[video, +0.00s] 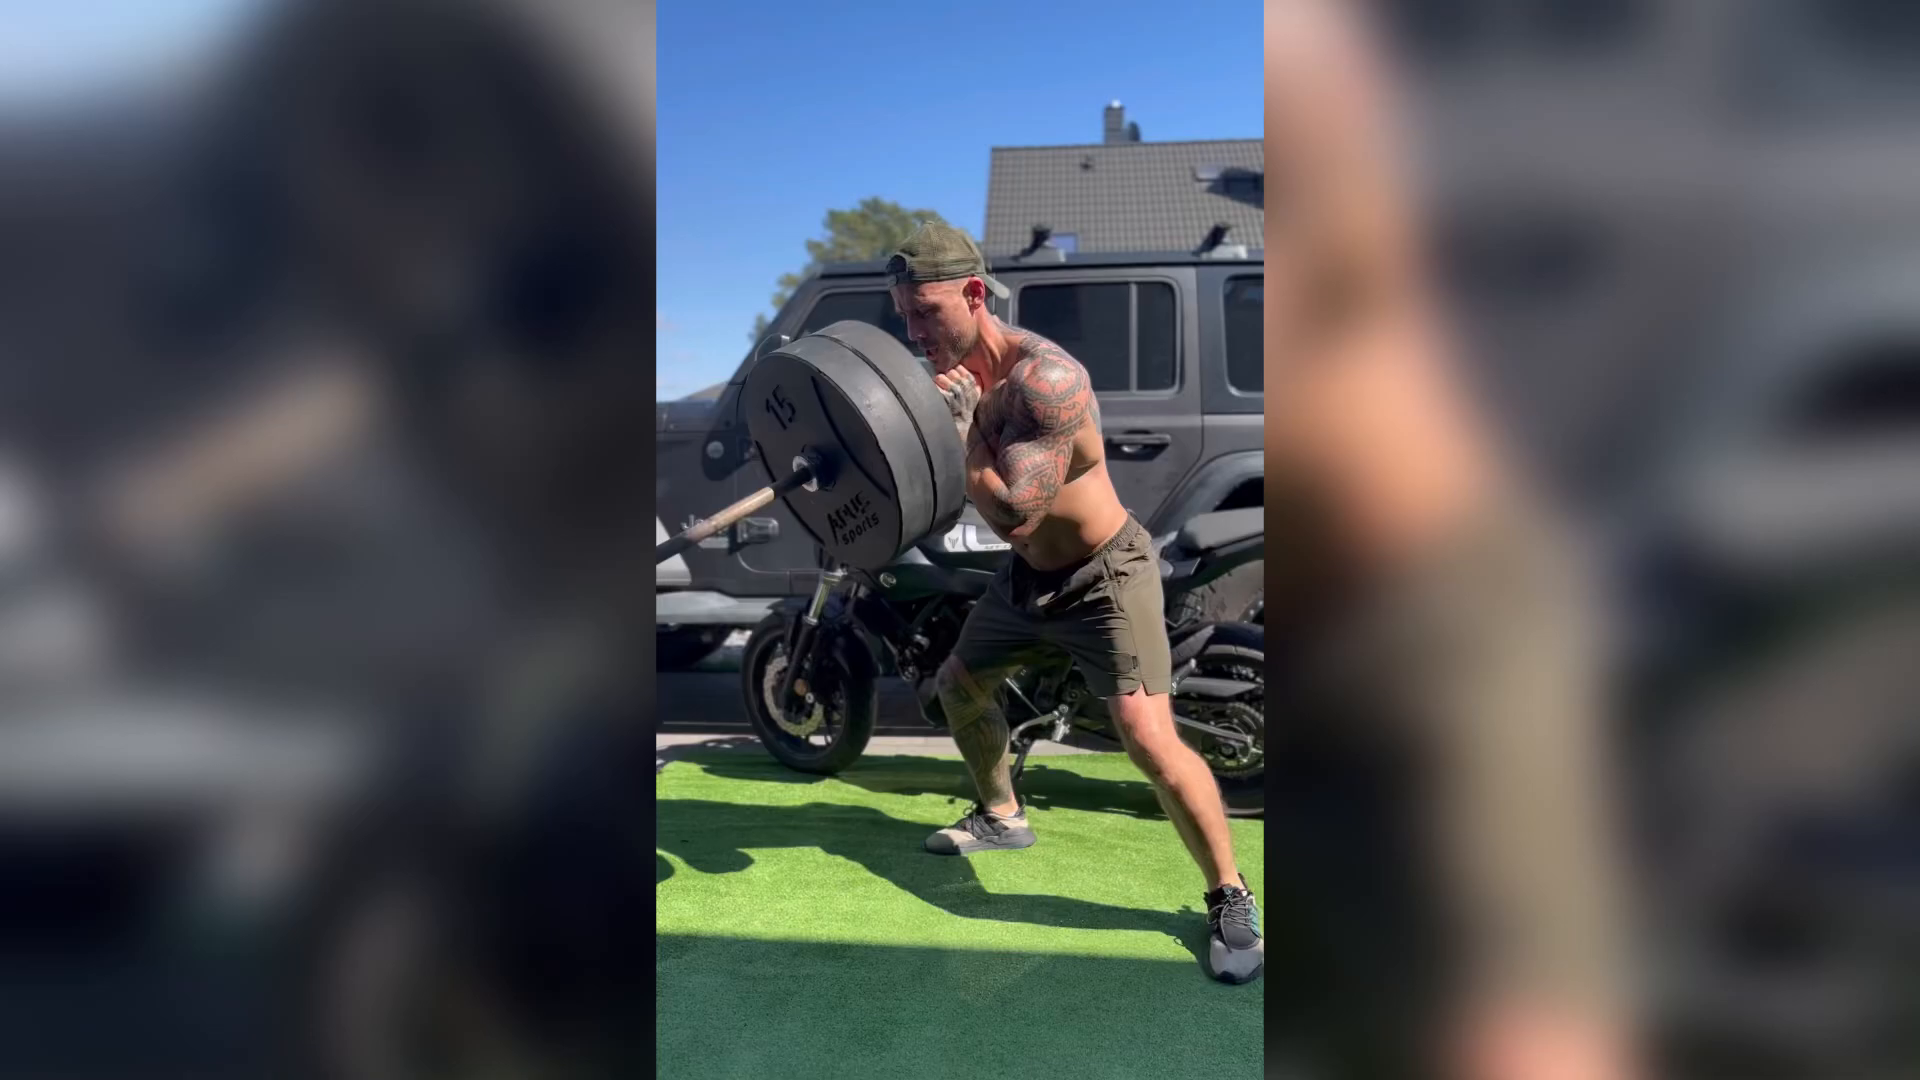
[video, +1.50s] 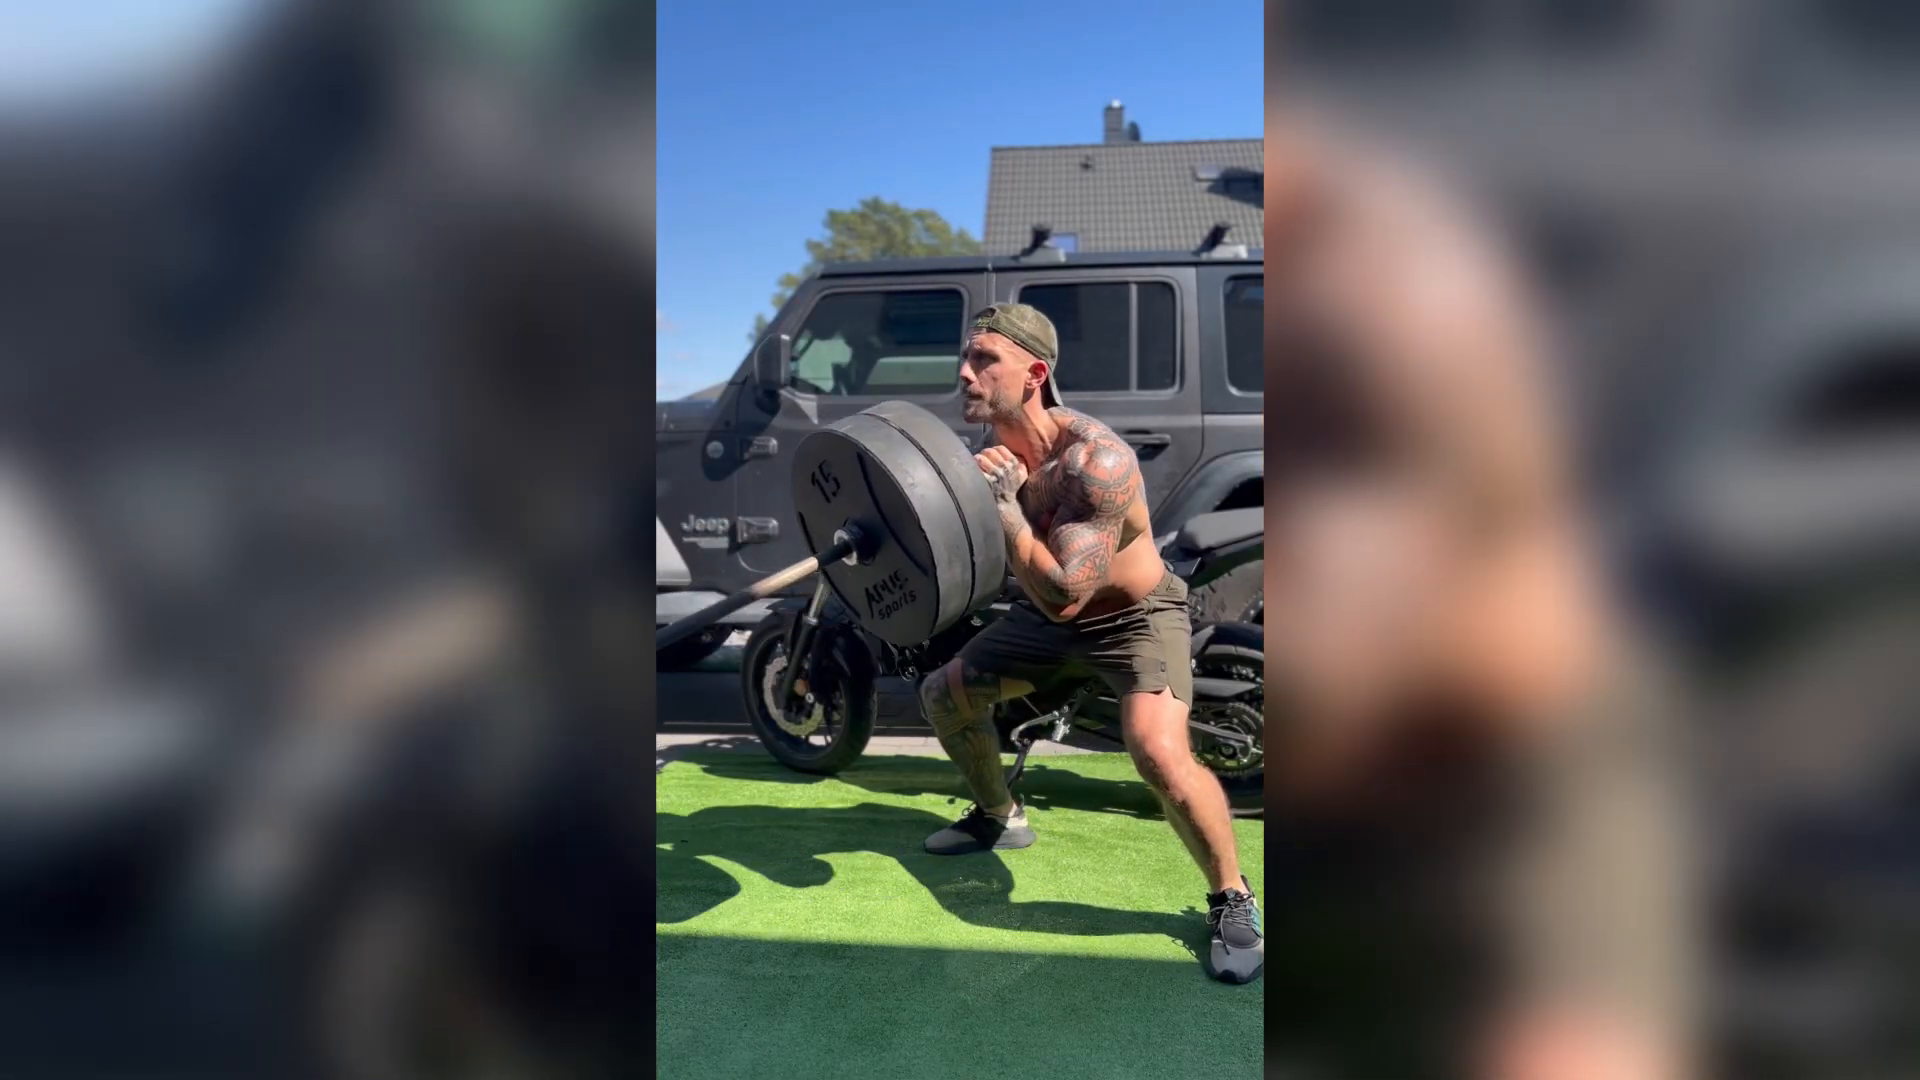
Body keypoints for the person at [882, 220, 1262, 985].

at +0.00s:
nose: (915, 333)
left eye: (926, 314)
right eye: (907, 318)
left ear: (975, 297)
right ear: (909, 314)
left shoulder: (1048, 377)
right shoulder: (946, 379)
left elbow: (1016, 517)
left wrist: (958, 440)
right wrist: (908, 420)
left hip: (1107, 568)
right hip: (1027, 572)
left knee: (1144, 726)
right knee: (961, 686)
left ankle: (1231, 895)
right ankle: (1003, 815)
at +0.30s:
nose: (952, 419)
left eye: (963, 403)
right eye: (944, 406)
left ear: (1008, 384)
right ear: (935, 396)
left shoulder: (1080, 457)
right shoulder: (970, 453)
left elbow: (1049, 595)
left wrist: (992, 517)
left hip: (1132, 618)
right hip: (1043, 620)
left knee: (1140, 750)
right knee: (947, 693)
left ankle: (1230, 896)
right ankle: (995, 815)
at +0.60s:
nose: (971, 477)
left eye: (983, 463)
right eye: (965, 464)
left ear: (1030, 448)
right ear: (959, 457)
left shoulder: (1101, 521)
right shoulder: (982, 518)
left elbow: (1073, 656)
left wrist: (1014, 575)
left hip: (1148, 657)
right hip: (1061, 660)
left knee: (1143, 749)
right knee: (951, 701)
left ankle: (1230, 898)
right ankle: (1000, 818)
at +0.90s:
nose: (977, 495)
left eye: (993, 481)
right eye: (974, 481)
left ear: (1041, 486)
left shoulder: (1107, 561)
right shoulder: (997, 556)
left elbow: (1080, 700)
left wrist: (1020, 612)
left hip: (1153, 683)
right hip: (1073, 690)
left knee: (1144, 743)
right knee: (955, 705)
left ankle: (1228, 898)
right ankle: (999, 818)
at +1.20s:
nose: (974, 480)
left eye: (991, 467)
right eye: (972, 466)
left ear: (1039, 474)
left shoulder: (1109, 547)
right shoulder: (994, 545)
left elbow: (1091, 684)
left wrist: (1022, 606)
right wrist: (983, 581)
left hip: (1157, 665)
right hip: (1072, 670)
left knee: (1153, 739)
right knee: (958, 700)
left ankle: (1230, 898)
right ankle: (1000, 818)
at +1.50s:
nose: (965, 373)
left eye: (984, 360)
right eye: (964, 359)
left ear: (1036, 375)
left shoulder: (1101, 458)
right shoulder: (979, 459)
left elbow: (1064, 599)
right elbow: (945, 540)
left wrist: (1004, 507)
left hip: (1139, 613)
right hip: (1048, 614)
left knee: (1154, 746)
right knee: (947, 700)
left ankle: (1232, 895)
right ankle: (996, 815)